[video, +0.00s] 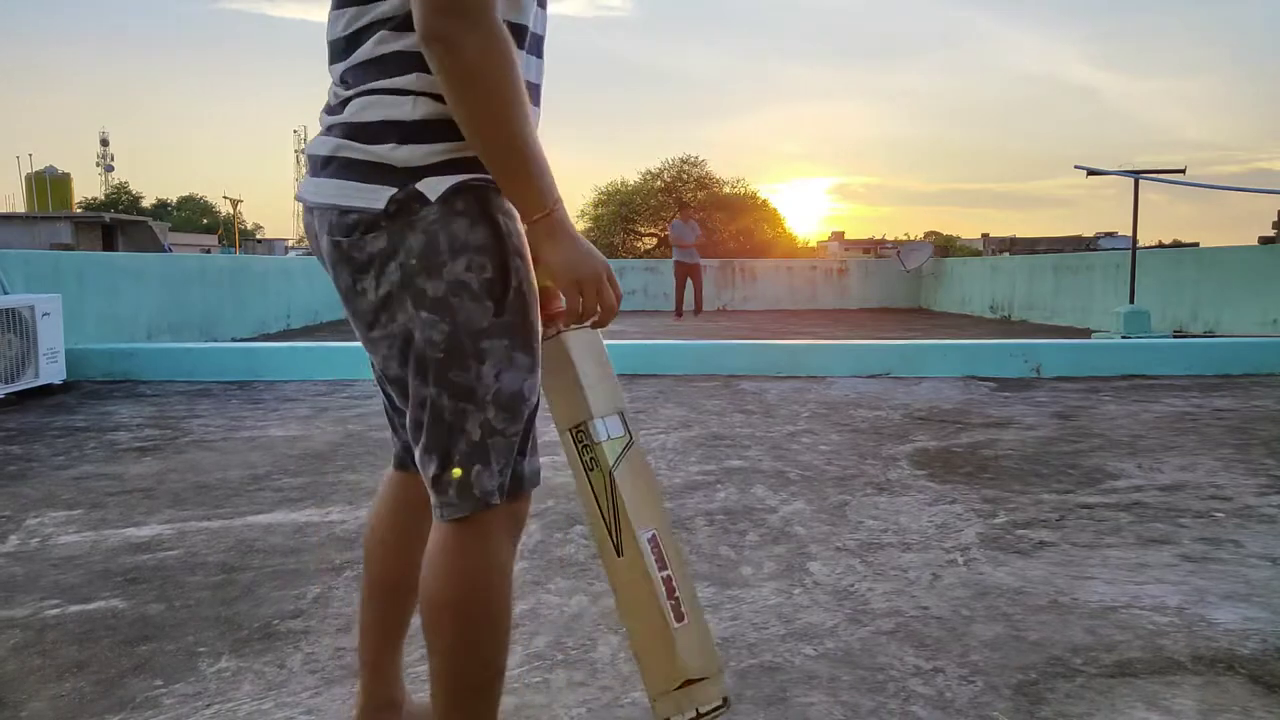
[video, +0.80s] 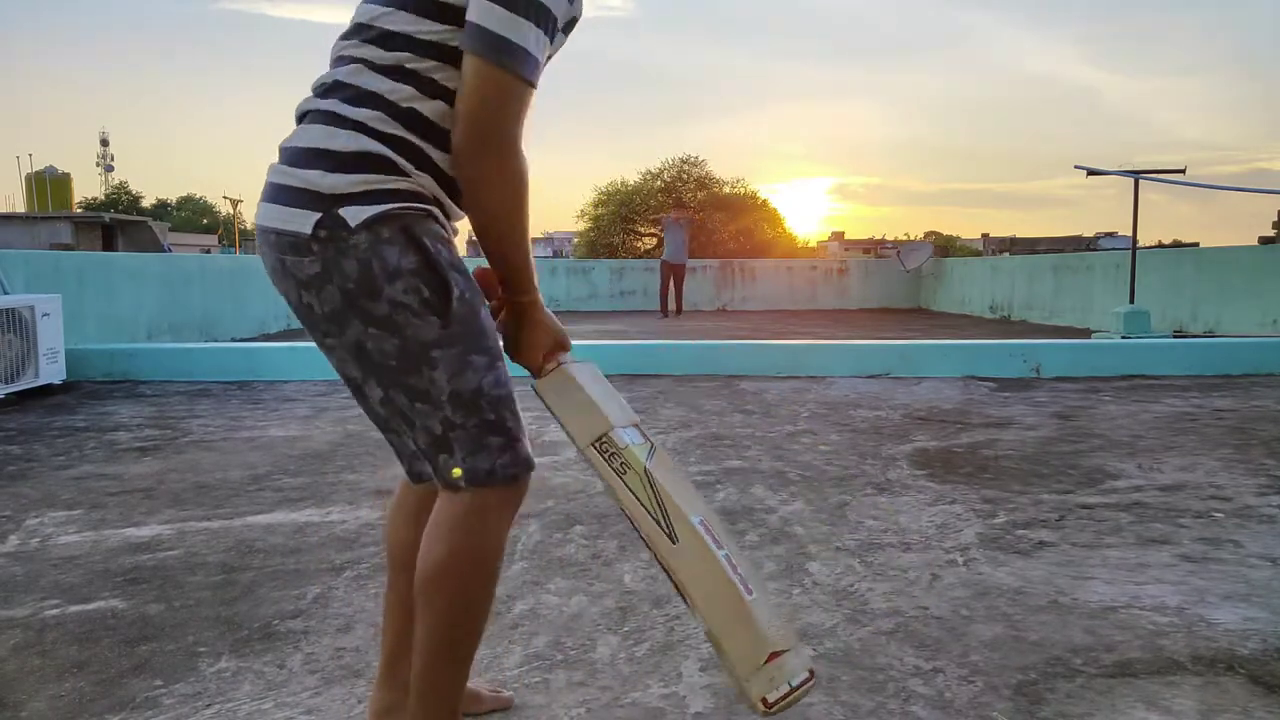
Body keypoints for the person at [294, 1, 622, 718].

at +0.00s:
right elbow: (454, 23)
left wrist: (511, 251)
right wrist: (552, 225)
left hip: (363, 189)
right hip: (430, 194)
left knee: (422, 462)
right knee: (487, 494)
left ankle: (379, 698)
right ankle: (466, 708)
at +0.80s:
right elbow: (485, 144)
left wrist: (490, 263)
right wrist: (528, 307)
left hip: (310, 215)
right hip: (368, 217)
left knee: (437, 467)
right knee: (490, 474)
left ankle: (398, 690)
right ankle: (433, 702)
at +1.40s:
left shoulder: (559, 18)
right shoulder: (561, 2)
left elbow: (492, 146)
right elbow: (455, 106)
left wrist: (546, 259)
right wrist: (540, 258)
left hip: (362, 229)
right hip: (399, 228)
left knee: (476, 481)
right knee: (525, 476)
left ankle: (406, 688)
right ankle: (444, 703)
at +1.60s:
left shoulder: (583, 20)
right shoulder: (569, 5)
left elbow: (511, 154)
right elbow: (446, 103)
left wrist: (551, 262)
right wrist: (517, 248)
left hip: (374, 234)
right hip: (409, 233)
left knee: (490, 469)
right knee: (551, 461)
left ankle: (404, 684)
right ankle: (448, 700)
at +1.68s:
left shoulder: (590, 20)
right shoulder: (588, 6)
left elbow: (520, 157)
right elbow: (461, 112)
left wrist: (559, 278)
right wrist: (512, 252)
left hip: (384, 238)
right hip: (415, 240)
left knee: (490, 475)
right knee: (538, 472)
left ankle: (400, 691)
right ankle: (438, 703)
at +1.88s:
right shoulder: (620, 3)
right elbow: (508, 89)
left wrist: (551, 245)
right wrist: (558, 239)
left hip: (392, 225)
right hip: (428, 228)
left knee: (516, 455)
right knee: (536, 472)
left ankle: (427, 649)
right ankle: (440, 704)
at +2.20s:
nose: (699, 10)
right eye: (692, 12)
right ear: (678, 0)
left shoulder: (575, 21)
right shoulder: (656, 2)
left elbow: (634, 127)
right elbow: (587, 104)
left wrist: (711, 220)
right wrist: (706, 228)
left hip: (412, 247)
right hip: (497, 250)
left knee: (545, 456)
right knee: (560, 494)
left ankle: (622, 612)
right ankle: (434, 708)